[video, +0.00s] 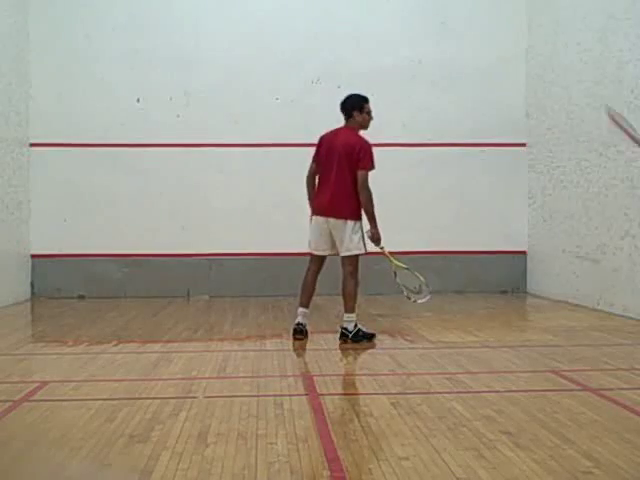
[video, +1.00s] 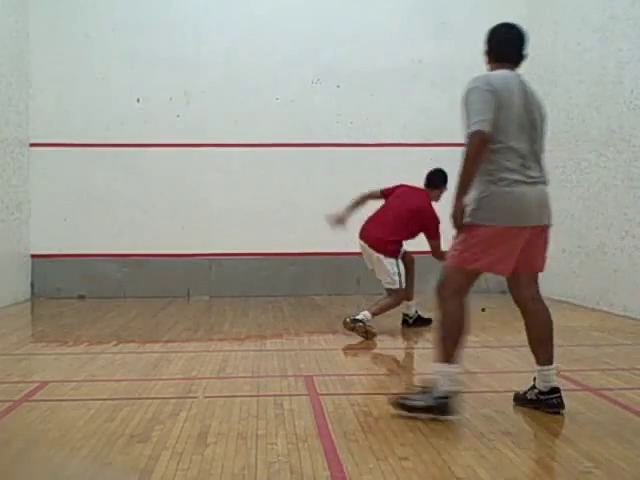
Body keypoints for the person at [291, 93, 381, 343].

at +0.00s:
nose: (371, 116)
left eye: (370, 112)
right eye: (367, 112)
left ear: (348, 114)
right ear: (355, 114)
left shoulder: (326, 139)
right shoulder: (361, 145)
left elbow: (311, 175)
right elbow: (362, 187)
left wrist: (313, 206)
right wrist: (373, 225)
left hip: (320, 210)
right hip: (346, 214)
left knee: (314, 265)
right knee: (350, 269)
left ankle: (300, 320)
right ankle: (349, 325)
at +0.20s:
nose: (364, 120)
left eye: (361, 116)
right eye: (364, 116)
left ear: (342, 117)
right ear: (361, 118)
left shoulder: (326, 142)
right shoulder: (361, 147)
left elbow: (319, 174)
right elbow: (362, 187)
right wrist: (375, 225)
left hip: (319, 212)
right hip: (346, 215)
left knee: (311, 267)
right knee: (368, 264)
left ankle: (300, 321)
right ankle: (355, 318)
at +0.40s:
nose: (377, 124)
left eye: (372, 121)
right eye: (377, 121)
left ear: (356, 120)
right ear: (376, 122)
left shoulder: (342, 143)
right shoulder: (372, 151)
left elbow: (329, 170)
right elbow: (374, 191)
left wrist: (347, 187)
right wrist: (394, 223)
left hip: (335, 217)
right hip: (358, 220)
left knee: (326, 268)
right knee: (373, 269)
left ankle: (305, 317)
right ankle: (354, 324)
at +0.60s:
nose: (406, 143)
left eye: (406, 139)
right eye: (406, 139)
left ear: (387, 136)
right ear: (403, 140)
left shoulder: (367, 150)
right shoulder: (392, 165)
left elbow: (338, 156)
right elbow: (395, 203)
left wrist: (326, 167)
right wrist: (425, 224)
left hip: (347, 218)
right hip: (366, 224)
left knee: (367, 268)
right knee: (381, 273)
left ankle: (360, 312)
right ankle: (355, 323)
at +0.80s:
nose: (429, 173)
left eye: (430, 169)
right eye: (430, 169)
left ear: (413, 162)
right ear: (426, 167)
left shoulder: (392, 169)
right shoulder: (411, 183)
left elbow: (361, 161)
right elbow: (417, 215)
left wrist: (332, 162)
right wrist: (455, 219)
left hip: (360, 228)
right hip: (373, 234)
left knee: (395, 268)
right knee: (388, 282)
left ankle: (408, 313)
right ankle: (357, 321)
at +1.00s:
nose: (442, 193)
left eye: (443, 189)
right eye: (443, 189)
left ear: (426, 183)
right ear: (440, 189)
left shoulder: (403, 189)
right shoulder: (429, 214)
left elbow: (367, 196)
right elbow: (437, 253)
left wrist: (344, 214)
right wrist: (454, 256)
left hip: (366, 237)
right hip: (383, 248)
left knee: (408, 259)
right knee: (398, 296)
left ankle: (410, 312)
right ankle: (361, 319)